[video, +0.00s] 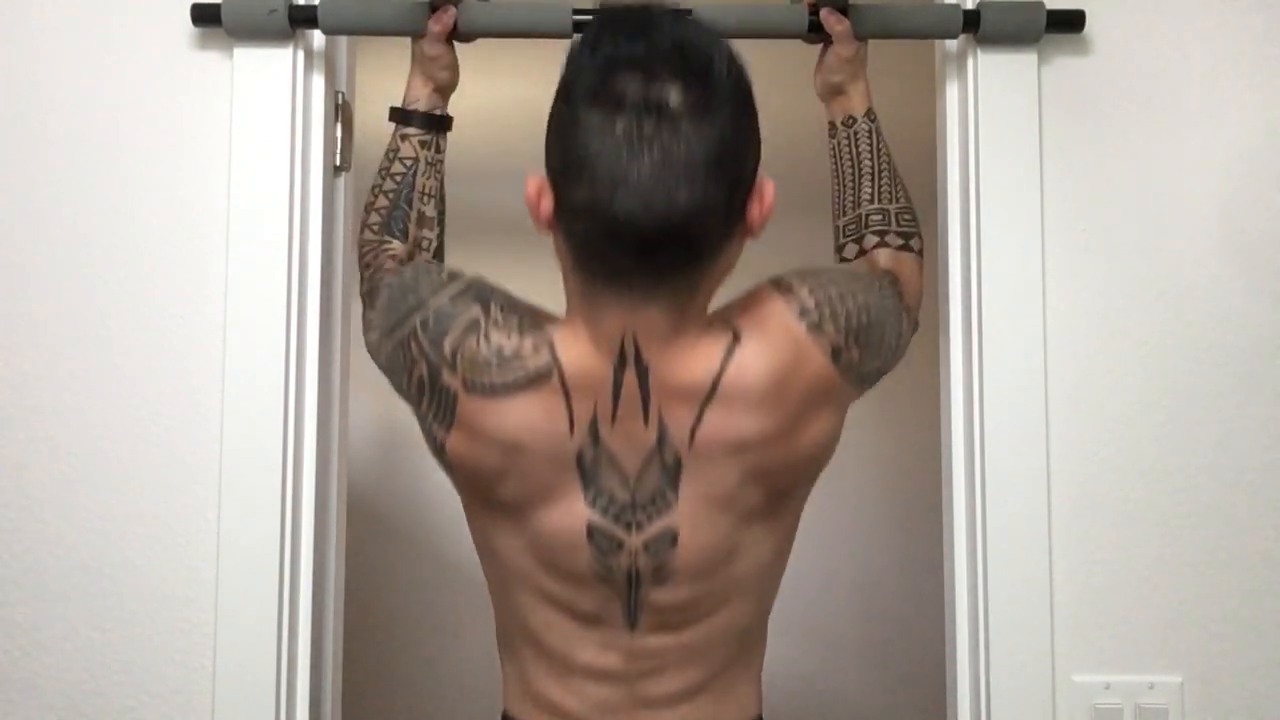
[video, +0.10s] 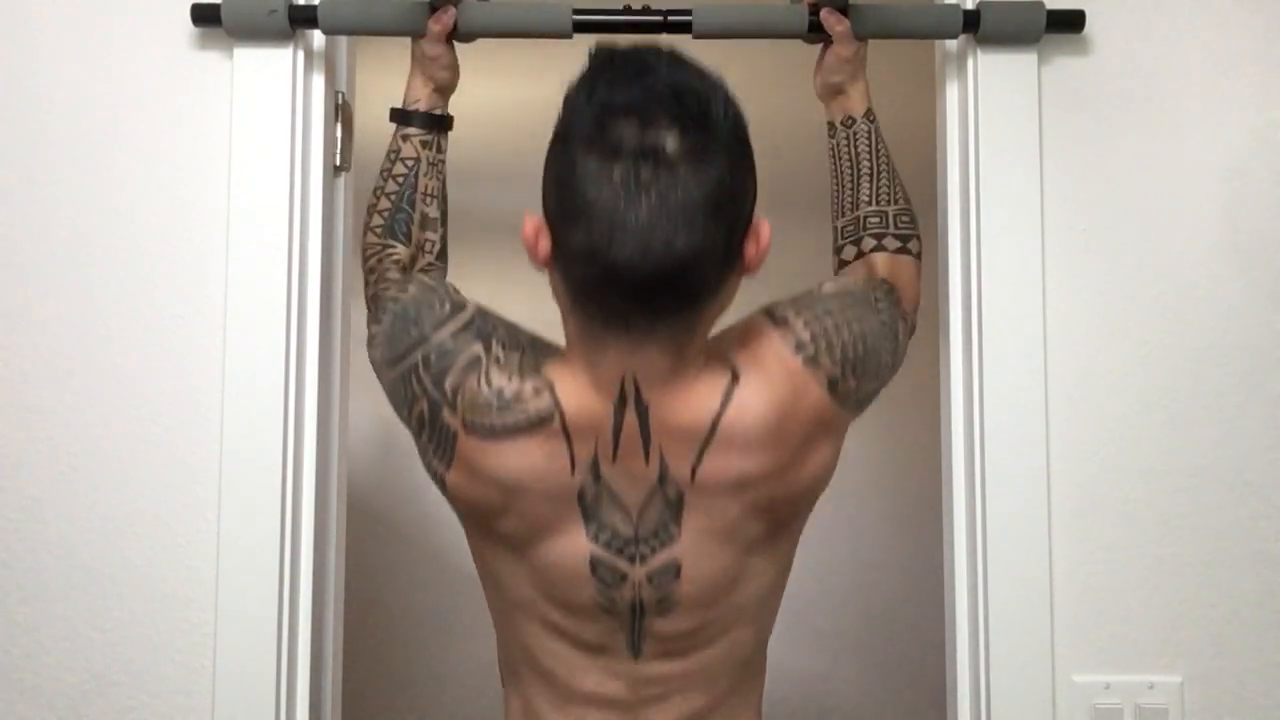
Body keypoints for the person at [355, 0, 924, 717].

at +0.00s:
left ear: (541, 202)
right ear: (757, 209)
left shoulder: (480, 374)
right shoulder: (797, 360)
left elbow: (390, 258)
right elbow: (894, 265)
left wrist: (424, 93)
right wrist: (849, 98)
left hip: (540, 709)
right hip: (725, 708)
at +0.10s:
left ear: (539, 245)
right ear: (753, 250)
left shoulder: (486, 411)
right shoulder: (791, 393)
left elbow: (396, 267)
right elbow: (887, 267)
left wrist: (425, 90)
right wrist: (848, 98)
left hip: (539, 712)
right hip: (730, 711)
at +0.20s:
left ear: (539, 281)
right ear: (749, 287)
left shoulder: (490, 436)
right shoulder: (786, 419)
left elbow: (402, 276)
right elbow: (881, 274)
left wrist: (425, 94)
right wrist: (848, 99)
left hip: (538, 713)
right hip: (730, 712)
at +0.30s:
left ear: (538, 298)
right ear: (750, 308)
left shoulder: (495, 453)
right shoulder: (788, 426)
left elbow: (406, 283)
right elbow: (881, 283)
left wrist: (427, 95)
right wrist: (848, 99)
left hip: (540, 712)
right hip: (732, 712)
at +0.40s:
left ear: (537, 281)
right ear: (749, 292)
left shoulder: (492, 438)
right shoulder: (788, 413)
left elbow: (405, 277)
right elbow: (881, 276)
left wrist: (427, 96)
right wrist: (848, 99)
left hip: (540, 712)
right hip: (733, 712)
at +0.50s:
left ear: (536, 213)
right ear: (751, 222)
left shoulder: (479, 386)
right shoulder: (795, 365)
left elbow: (395, 262)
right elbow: (887, 264)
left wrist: (427, 94)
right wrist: (847, 97)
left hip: (543, 709)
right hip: (731, 709)